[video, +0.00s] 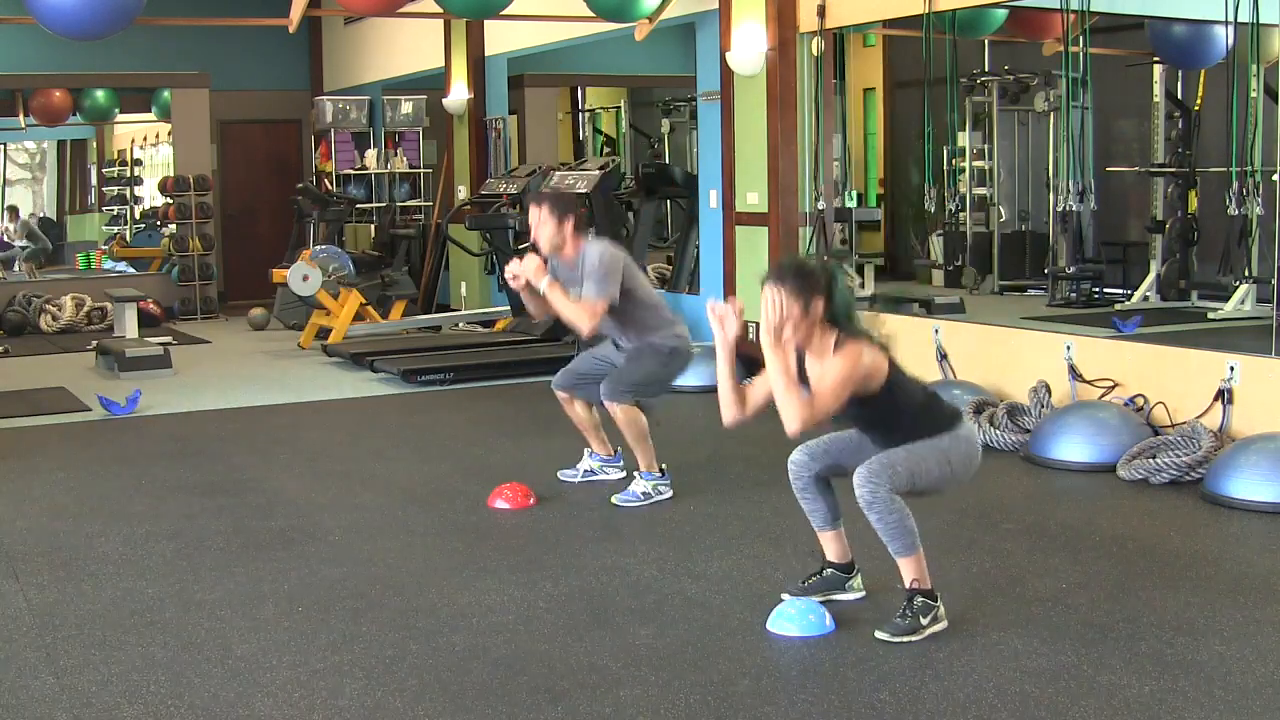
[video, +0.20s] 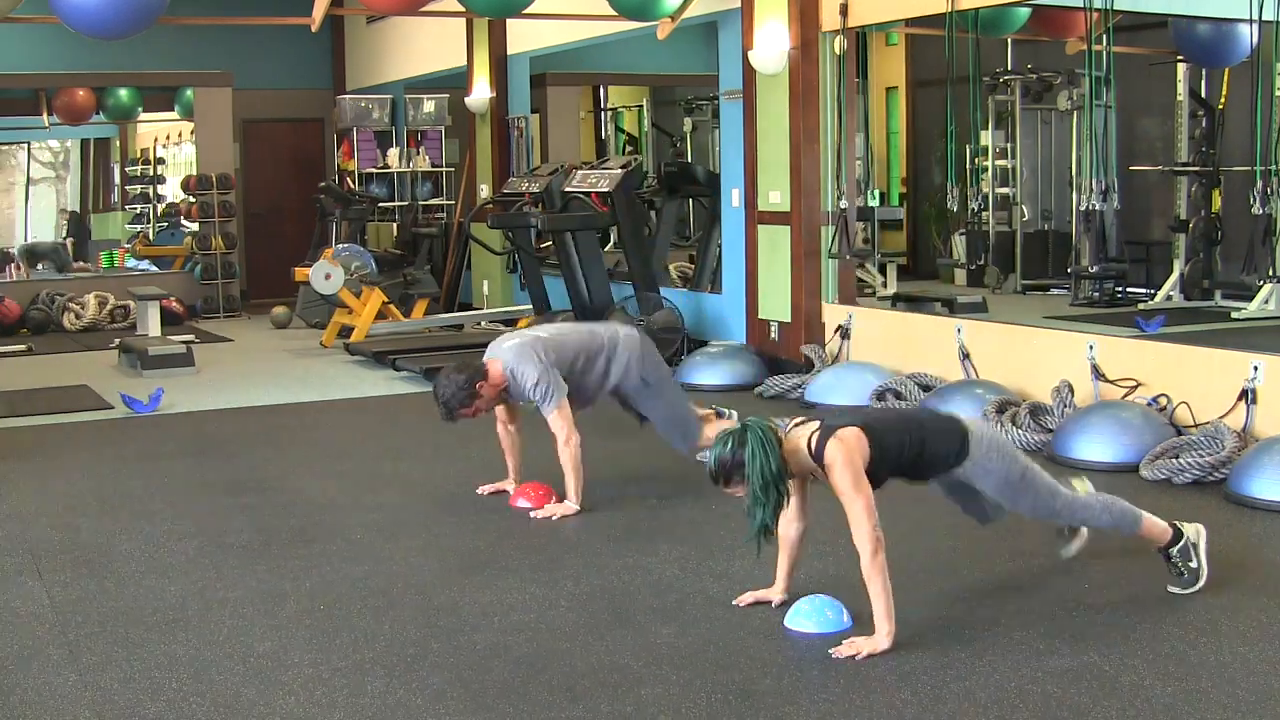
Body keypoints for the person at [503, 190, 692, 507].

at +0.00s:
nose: (532, 234)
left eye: (539, 223)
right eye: (532, 224)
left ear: (567, 223)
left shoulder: (603, 254)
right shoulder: (558, 263)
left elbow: (587, 322)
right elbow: (543, 314)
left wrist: (544, 281)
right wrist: (523, 290)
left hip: (664, 344)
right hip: (623, 344)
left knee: (615, 393)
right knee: (565, 386)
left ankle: (653, 476)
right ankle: (605, 458)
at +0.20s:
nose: (479, 417)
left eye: (474, 412)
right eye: (472, 416)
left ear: (481, 393)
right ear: (474, 383)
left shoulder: (531, 369)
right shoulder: (492, 364)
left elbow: (568, 437)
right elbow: (507, 423)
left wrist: (573, 501)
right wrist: (513, 480)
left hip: (629, 350)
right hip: (605, 354)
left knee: (694, 436)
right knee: (659, 412)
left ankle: (758, 435)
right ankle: (716, 418)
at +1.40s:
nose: (486, 425)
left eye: (481, 420)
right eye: (480, 424)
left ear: (486, 396)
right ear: (481, 394)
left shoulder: (530, 373)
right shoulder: (492, 372)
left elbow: (567, 439)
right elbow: (506, 425)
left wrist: (573, 502)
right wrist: (513, 479)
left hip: (633, 341)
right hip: (606, 366)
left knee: (700, 403)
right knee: (632, 426)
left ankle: (781, 424)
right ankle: (695, 404)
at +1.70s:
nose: (485, 421)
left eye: (481, 416)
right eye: (480, 419)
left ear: (488, 397)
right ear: (482, 388)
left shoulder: (535, 371)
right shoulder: (500, 371)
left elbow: (573, 440)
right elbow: (511, 423)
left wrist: (574, 502)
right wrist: (514, 478)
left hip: (640, 374)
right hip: (618, 389)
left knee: (685, 458)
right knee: (661, 443)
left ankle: (756, 450)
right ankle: (735, 424)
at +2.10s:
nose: (468, 413)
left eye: (463, 411)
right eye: (464, 411)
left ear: (470, 398)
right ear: (469, 385)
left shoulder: (519, 371)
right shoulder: (494, 362)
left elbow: (565, 439)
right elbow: (508, 424)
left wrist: (573, 503)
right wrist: (513, 480)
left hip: (621, 391)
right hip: (629, 372)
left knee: (553, 467)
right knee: (666, 434)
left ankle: (643, 464)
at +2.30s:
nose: (468, 415)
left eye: (463, 411)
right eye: (462, 413)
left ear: (471, 394)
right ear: (470, 385)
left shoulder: (522, 371)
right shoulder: (496, 364)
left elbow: (566, 439)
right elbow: (508, 424)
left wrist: (573, 503)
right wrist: (513, 480)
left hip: (624, 388)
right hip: (623, 375)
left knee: (559, 467)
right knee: (660, 439)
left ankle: (653, 457)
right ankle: (729, 431)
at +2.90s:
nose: (493, 417)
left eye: (490, 413)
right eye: (487, 416)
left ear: (492, 388)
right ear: (487, 386)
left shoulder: (540, 365)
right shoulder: (506, 370)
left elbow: (577, 439)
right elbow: (514, 425)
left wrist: (573, 502)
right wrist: (512, 479)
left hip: (649, 376)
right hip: (620, 397)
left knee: (700, 440)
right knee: (651, 451)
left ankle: (768, 431)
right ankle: (717, 423)